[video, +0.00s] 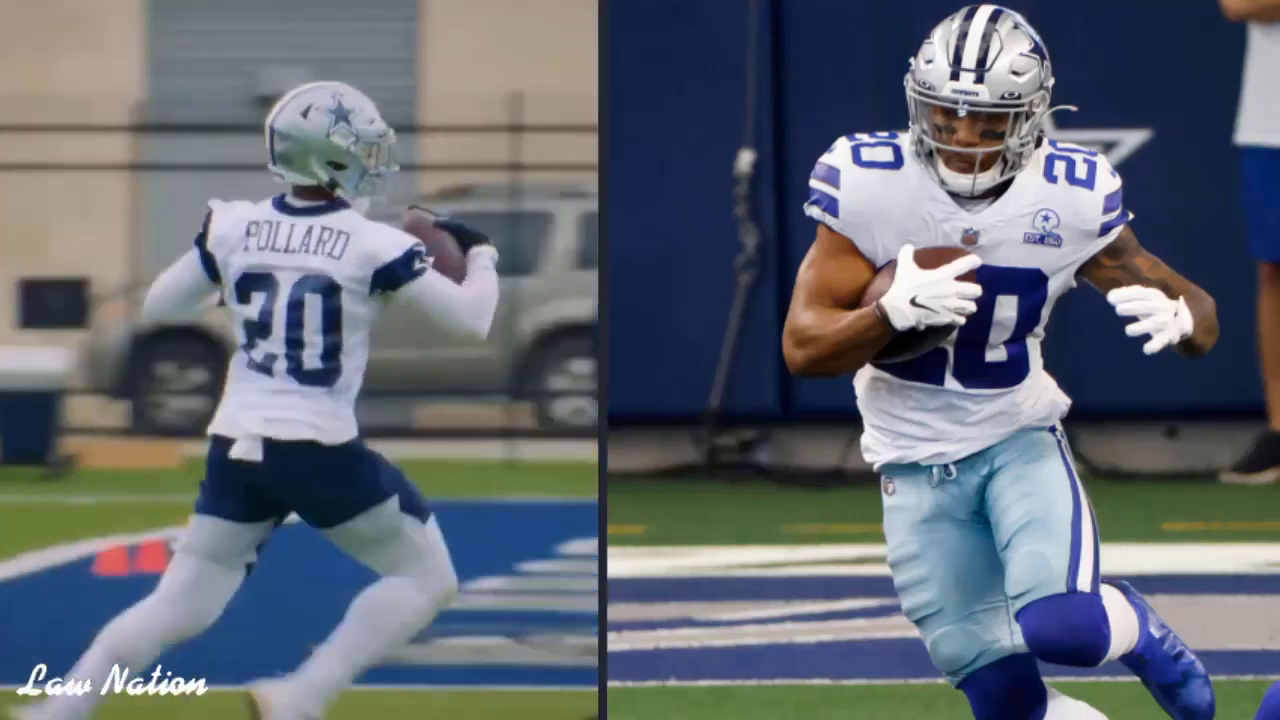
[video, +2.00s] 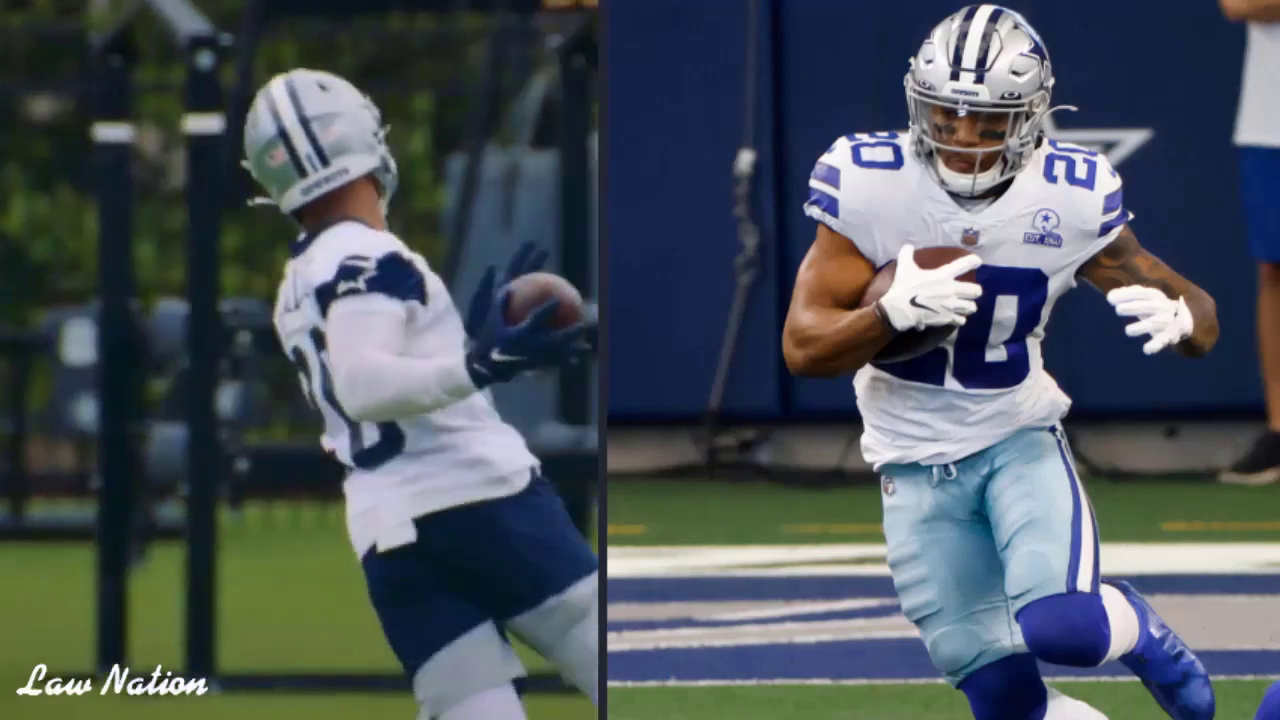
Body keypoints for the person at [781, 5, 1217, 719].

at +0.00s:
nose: (965, 137)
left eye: (988, 121)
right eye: (950, 116)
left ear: (1027, 118)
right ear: (922, 108)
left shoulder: (1071, 194)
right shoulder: (863, 179)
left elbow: (1196, 308)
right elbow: (801, 349)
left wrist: (1181, 319)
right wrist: (887, 313)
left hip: (1018, 437)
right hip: (911, 467)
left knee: (1054, 626)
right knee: (1001, 697)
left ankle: (1142, 633)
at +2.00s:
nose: (966, 138)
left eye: (988, 121)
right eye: (950, 117)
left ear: (1028, 119)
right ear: (922, 110)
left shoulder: (1071, 194)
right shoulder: (863, 179)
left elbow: (1197, 309)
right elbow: (801, 349)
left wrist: (1181, 319)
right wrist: (887, 313)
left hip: (1018, 437)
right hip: (911, 468)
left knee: (1054, 626)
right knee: (1001, 696)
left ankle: (1142, 633)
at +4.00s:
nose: (966, 138)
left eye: (988, 121)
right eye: (950, 117)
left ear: (1028, 119)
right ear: (922, 110)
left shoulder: (1071, 194)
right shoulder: (863, 179)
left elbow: (1197, 309)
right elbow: (801, 349)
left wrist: (1181, 319)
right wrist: (887, 313)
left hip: (1018, 437)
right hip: (911, 467)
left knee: (1054, 626)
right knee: (1001, 696)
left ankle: (1142, 633)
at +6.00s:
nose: (966, 137)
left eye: (988, 121)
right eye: (950, 117)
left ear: (1027, 118)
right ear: (922, 110)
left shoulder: (1071, 194)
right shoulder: (863, 180)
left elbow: (1197, 310)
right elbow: (801, 350)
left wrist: (1181, 318)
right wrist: (887, 313)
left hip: (1018, 437)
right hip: (911, 467)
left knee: (1054, 626)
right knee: (1001, 696)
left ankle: (1141, 632)